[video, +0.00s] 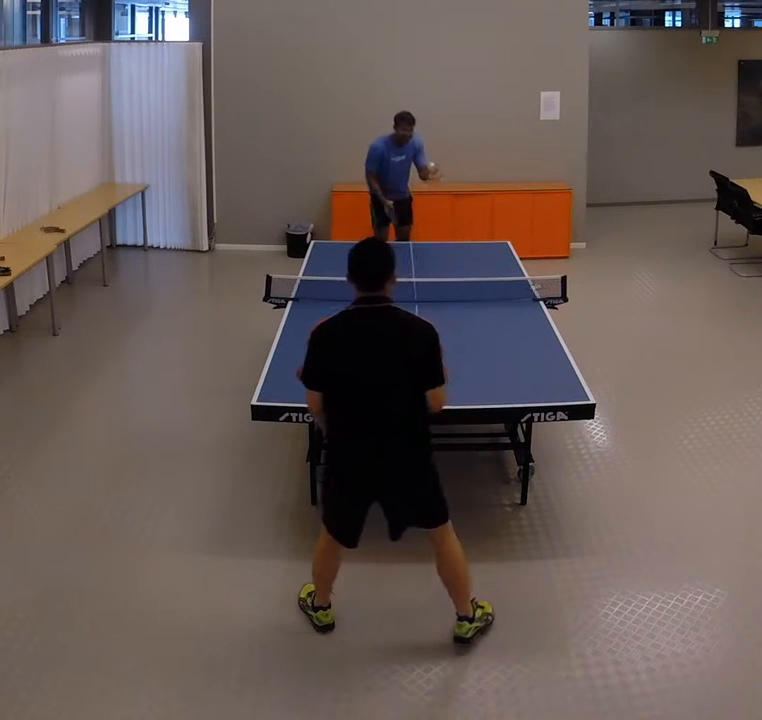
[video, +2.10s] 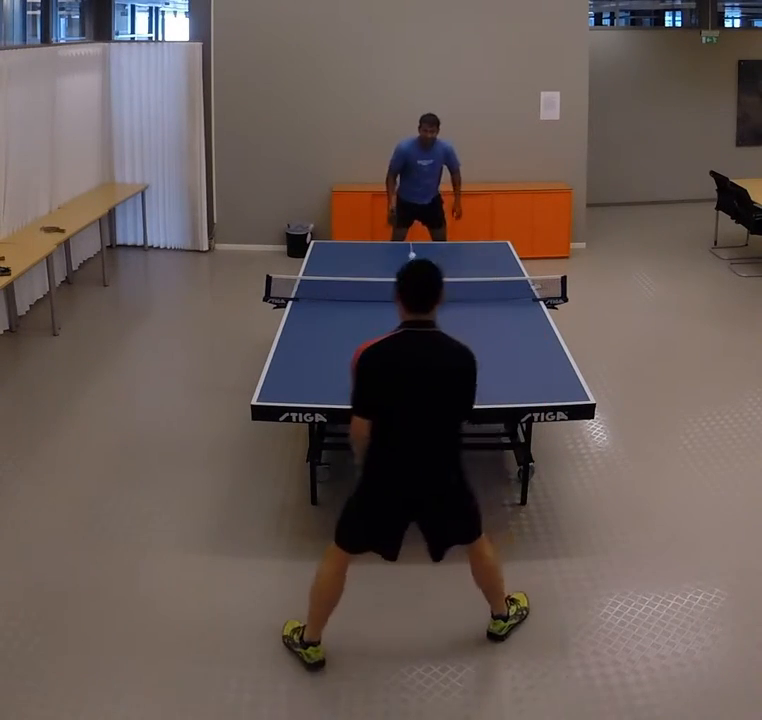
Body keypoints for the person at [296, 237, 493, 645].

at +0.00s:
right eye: (391, 271)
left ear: (349, 278)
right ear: (392, 277)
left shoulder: (326, 333)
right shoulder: (419, 331)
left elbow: (315, 403)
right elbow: (436, 400)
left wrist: (340, 426)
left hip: (349, 454)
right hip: (408, 453)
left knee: (334, 533)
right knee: (441, 532)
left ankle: (320, 604)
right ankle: (467, 615)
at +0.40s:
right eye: (439, 283)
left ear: (402, 290)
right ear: (445, 289)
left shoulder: (378, 346)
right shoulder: (469, 346)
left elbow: (369, 415)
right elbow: (491, 412)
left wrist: (372, 450)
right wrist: (460, 395)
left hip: (392, 464)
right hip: (450, 465)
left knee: (351, 532)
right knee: (484, 535)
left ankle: (319, 603)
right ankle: (502, 614)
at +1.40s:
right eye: (484, 282)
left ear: (442, 288)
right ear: (485, 288)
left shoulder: (416, 341)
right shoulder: (507, 343)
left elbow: (392, 409)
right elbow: (527, 409)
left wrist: (404, 446)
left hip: (421, 462)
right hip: (478, 464)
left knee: (376, 543)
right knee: (501, 532)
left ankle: (331, 612)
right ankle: (503, 613)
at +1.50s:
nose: (490, 283)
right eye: (494, 277)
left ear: (450, 282)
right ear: (493, 281)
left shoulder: (424, 332)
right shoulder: (515, 334)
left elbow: (400, 399)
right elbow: (544, 409)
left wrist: (407, 438)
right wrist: (558, 431)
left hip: (434, 454)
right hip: (492, 458)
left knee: (393, 539)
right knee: (505, 532)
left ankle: (357, 620)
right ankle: (502, 613)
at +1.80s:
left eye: (453, 273)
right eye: (494, 272)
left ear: (452, 279)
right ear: (496, 278)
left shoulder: (430, 333)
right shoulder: (514, 331)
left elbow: (417, 403)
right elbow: (503, 386)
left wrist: (416, 442)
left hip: (440, 450)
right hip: (494, 452)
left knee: (396, 533)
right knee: (501, 538)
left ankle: (364, 616)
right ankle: (504, 613)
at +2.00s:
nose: (425, 290)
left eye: (424, 284)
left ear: (424, 290)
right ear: (466, 290)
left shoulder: (403, 349)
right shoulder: (485, 344)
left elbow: (392, 423)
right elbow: (454, 381)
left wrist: (388, 455)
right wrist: (393, 364)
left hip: (413, 465)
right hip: (465, 463)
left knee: (361, 549)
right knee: (488, 535)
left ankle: (317, 627)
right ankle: (503, 612)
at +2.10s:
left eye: (399, 292)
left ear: (397, 297)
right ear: (440, 299)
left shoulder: (372, 356)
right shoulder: (461, 357)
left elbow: (360, 428)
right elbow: (462, 417)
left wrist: (370, 468)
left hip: (385, 478)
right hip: (442, 477)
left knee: (340, 553)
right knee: (477, 543)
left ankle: (311, 640)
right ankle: (501, 614)